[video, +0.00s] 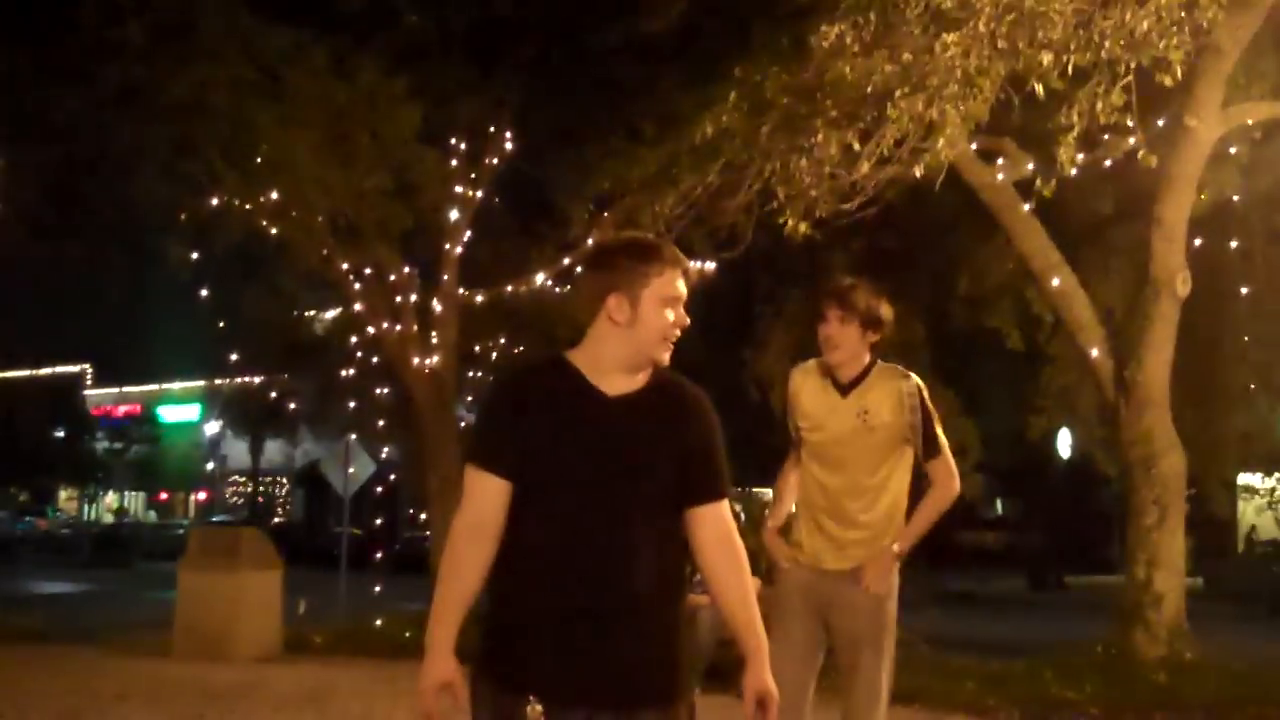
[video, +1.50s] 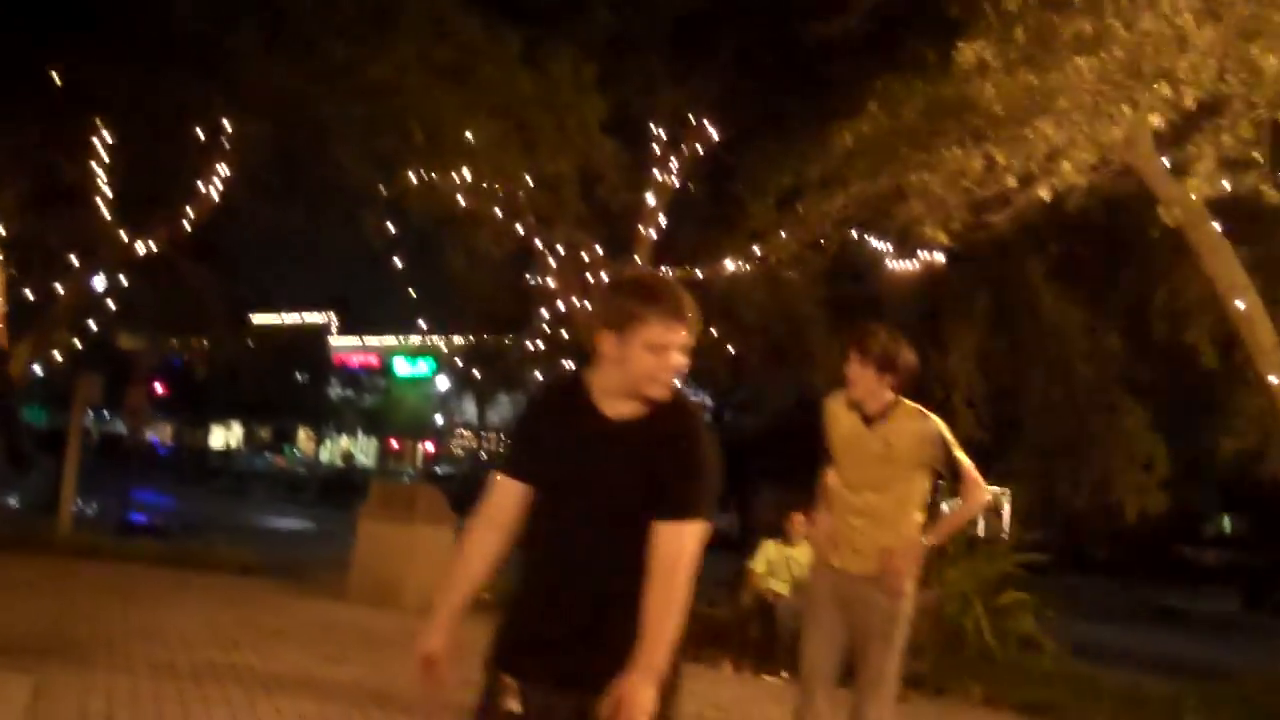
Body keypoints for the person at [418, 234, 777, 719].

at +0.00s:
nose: (683, 321)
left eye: (682, 306)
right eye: (670, 304)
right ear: (617, 308)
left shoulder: (683, 410)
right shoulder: (525, 394)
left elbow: (716, 538)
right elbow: (477, 525)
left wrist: (757, 655)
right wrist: (439, 647)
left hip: (644, 687)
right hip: (527, 685)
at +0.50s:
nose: (704, 312)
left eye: (705, 298)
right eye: (688, 296)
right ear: (634, 297)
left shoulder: (699, 406)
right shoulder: (542, 386)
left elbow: (739, 532)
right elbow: (497, 513)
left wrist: (776, 650)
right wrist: (461, 631)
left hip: (663, 671)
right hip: (541, 667)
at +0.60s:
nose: (761, 320)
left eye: (763, 306)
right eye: (747, 304)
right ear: (693, 299)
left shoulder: (761, 414)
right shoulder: (605, 390)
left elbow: (796, 536)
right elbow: (557, 511)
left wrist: (836, 647)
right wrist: (518, 630)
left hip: (719, 661)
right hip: (601, 656)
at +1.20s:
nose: (769, 364)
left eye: (774, 348)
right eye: (752, 348)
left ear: (779, 344)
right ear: (698, 342)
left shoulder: (780, 433)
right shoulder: (633, 406)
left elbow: (786, 577)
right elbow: (581, 528)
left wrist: (776, 692)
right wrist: (529, 636)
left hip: (726, 679)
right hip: (629, 671)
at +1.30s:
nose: (749, 385)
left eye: (755, 369)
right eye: (731, 371)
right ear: (678, 364)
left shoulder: (756, 449)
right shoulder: (618, 424)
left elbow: (753, 588)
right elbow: (565, 539)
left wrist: (732, 701)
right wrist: (511, 647)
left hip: (697, 685)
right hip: (602, 672)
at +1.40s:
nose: (725, 382)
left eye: (732, 367)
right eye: (705, 368)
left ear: (738, 366)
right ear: (655, 362)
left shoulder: (733, 449)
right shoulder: (599, 421)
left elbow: (719, 586)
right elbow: (545, 532)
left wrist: (694, 697)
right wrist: (490, 638)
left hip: (672, 682)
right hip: (583, 666)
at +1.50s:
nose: (677, 365)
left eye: (683, 350)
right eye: (658, 349)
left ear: (690, 350)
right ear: (607, 343)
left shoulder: (683, 435)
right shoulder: (553, 409)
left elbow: (672, 570)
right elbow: (495, 521)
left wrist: (645, 676)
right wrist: (441, 623)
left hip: (621, 671)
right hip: (530, 654)